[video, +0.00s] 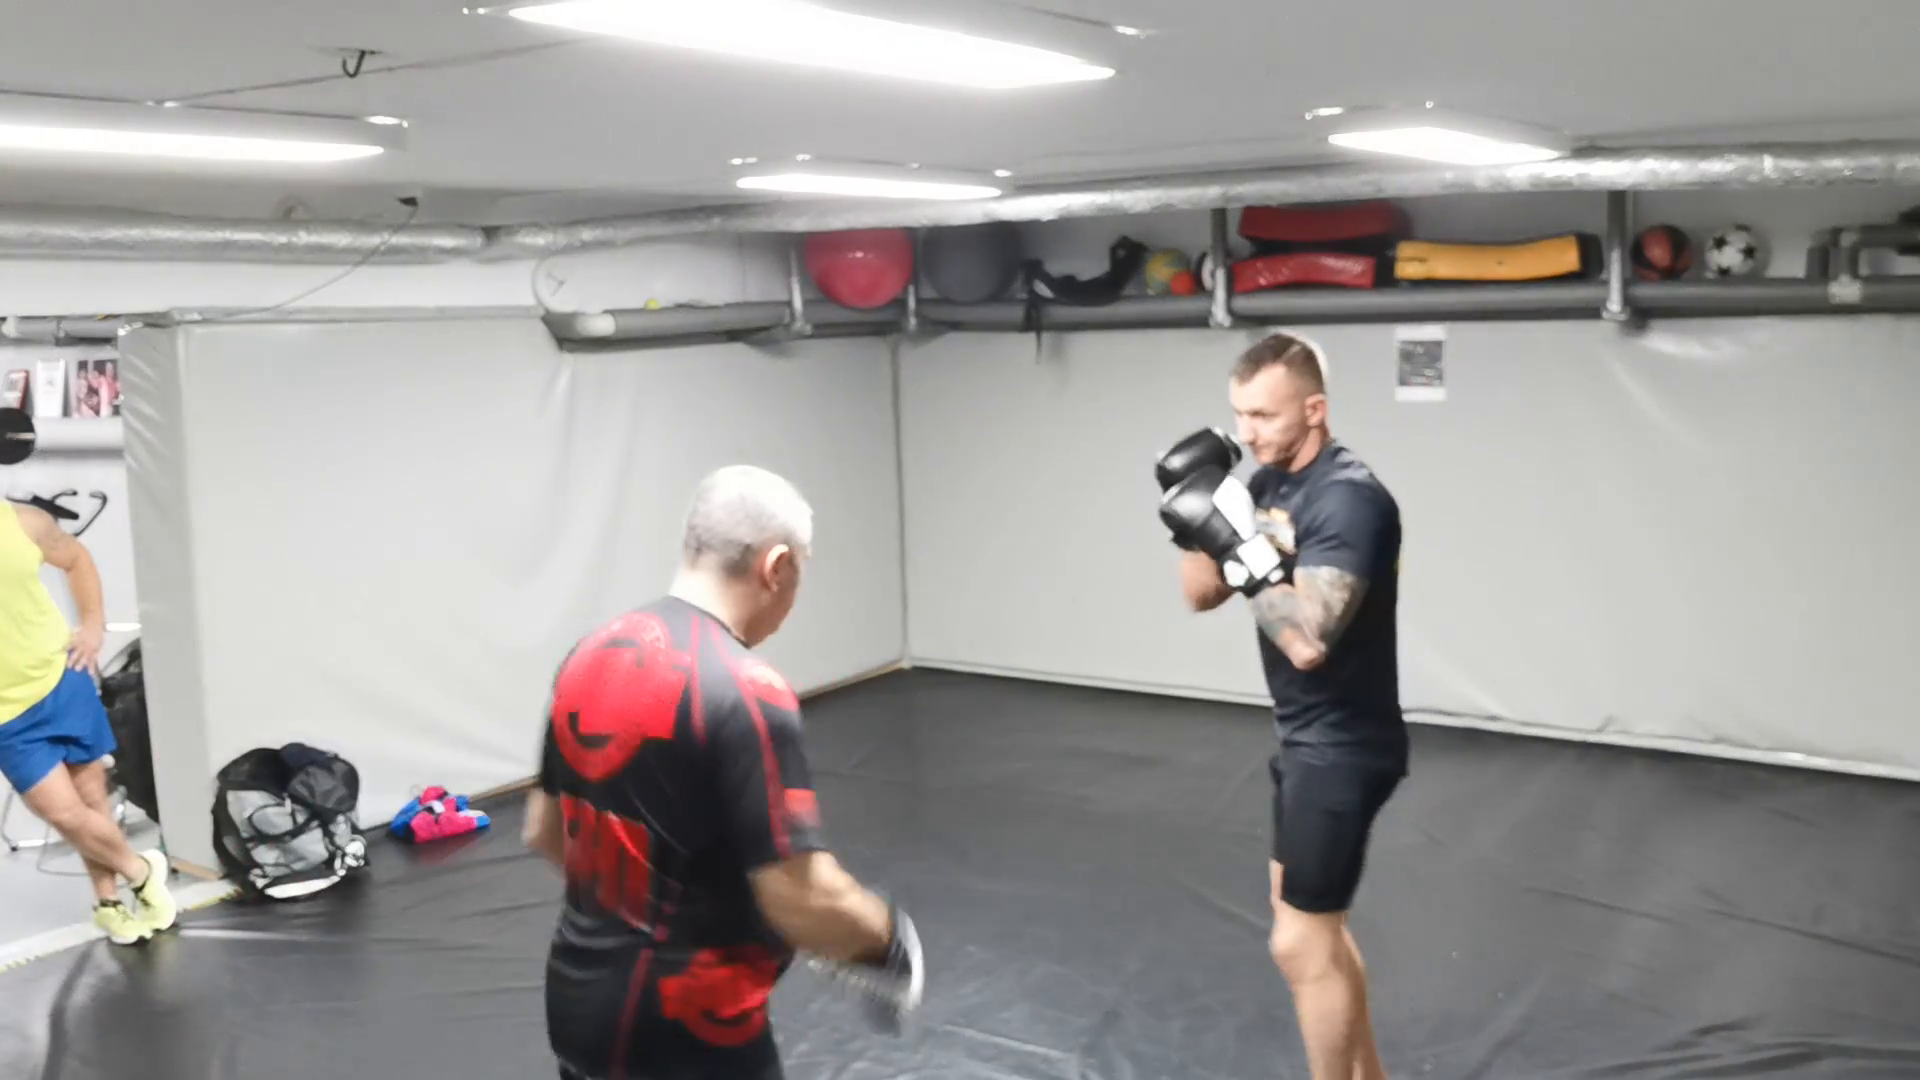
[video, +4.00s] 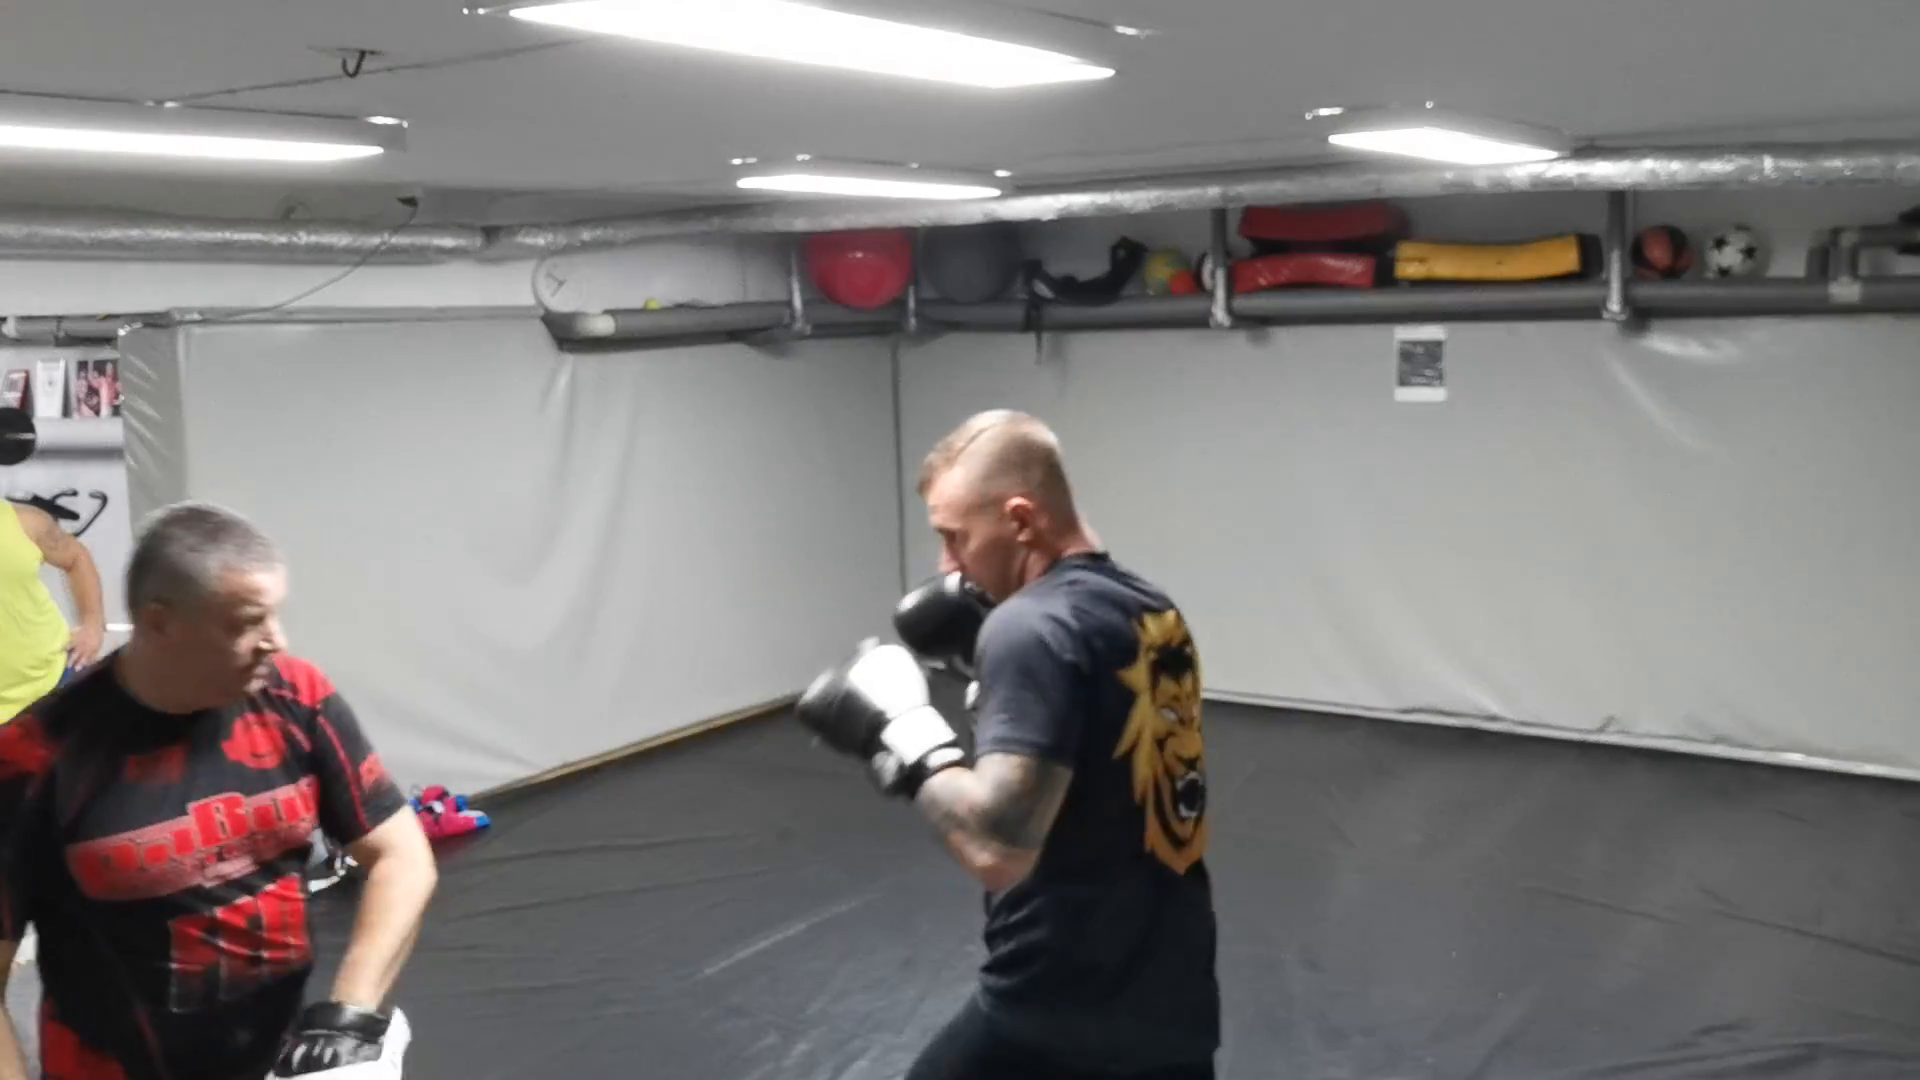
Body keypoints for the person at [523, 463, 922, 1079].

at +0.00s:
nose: (795, 595)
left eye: (802, 575)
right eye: (801, 573)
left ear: (693, 546)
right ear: (774, 567)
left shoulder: (592, 653)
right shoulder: (744, 691)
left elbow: (546, 833)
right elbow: (798, 898)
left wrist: (655, 884)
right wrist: (887, 938)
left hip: (583, 991)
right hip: (694, 1024)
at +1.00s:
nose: (696, 591)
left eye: (698, 574)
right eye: (694, 573)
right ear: (649, 571)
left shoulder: (528, 629)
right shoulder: (588, 728)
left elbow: (655, 723)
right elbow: (625, 947)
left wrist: (799, 697)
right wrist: (730, 1052)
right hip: (595, 1047)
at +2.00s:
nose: (586, 592)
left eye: (589, 575)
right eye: (580, 576)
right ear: (530, 578)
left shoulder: (410, 639)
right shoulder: (502, 723)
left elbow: (592, 613)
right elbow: (562, 950)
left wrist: (679, 520)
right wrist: (648, 1063)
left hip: (442, 1001)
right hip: (527, 1046)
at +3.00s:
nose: (451, 611)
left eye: (451, 589)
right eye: (433, 593)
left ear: (374, 591)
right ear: (362, 589)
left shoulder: (393, 669)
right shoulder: (250, 708)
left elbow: (506, 734)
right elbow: (239, 935)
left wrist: (630, 705)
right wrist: (338, 1072)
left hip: (370, 1036)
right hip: (260, 1056)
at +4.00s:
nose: (276, 641)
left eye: (275, 615)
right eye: (248, 623)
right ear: (157, 622)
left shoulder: (295, 699)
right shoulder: (33, 756)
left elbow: (403, 857)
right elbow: (3, 971)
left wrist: (348, 1014)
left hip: (275, 1058)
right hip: (111, 1066)